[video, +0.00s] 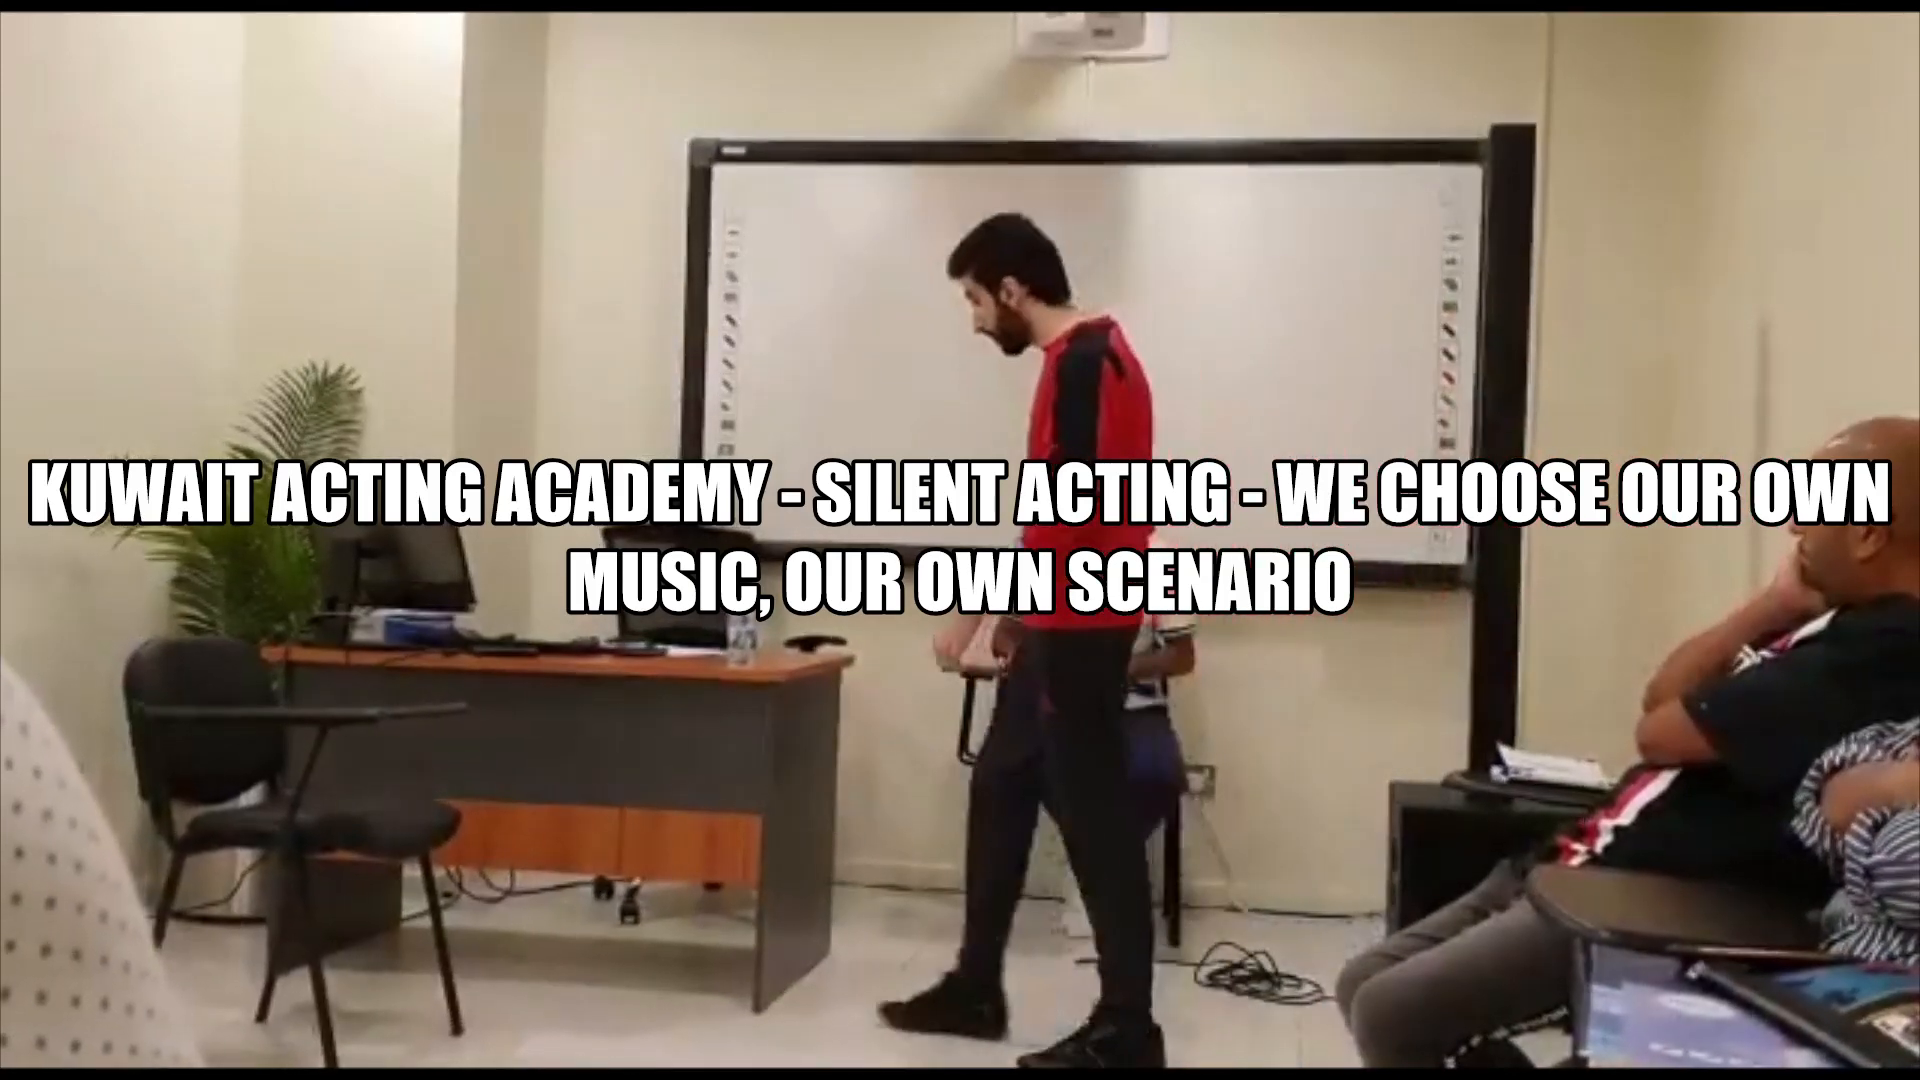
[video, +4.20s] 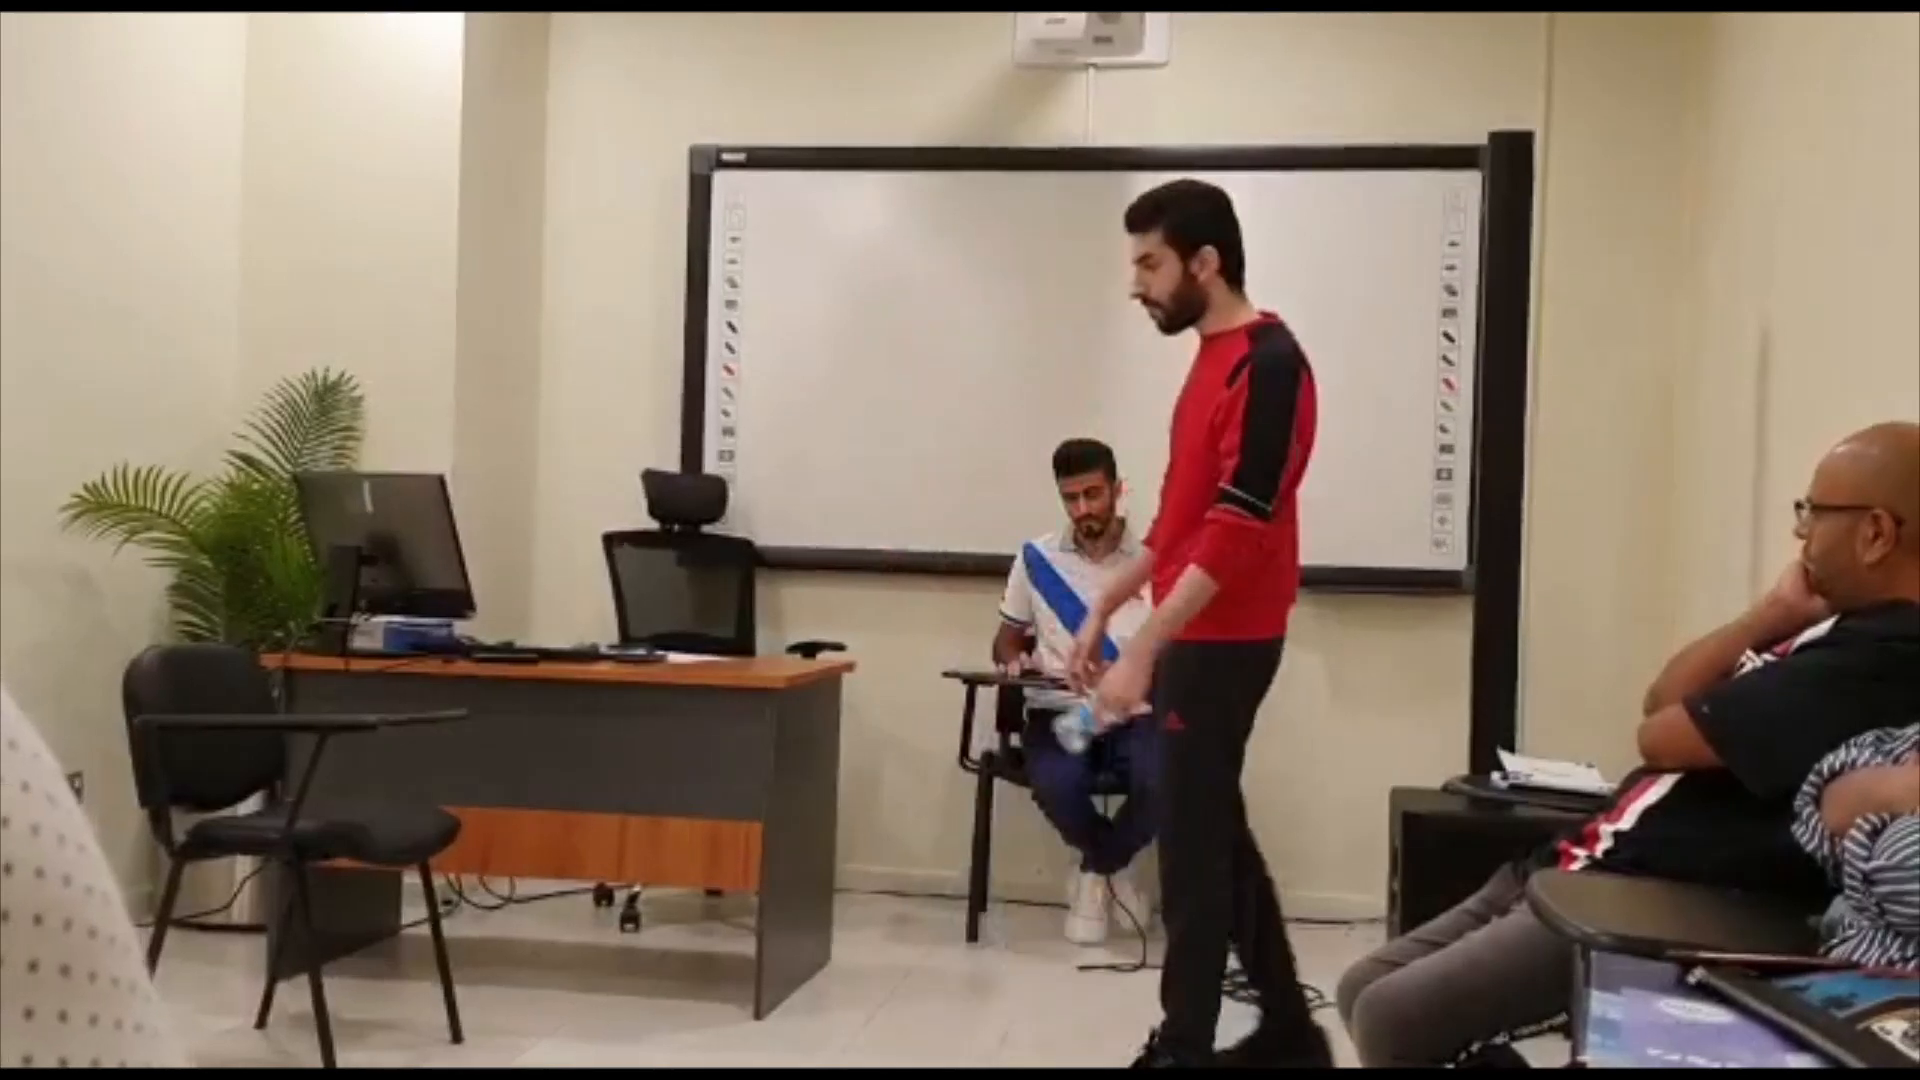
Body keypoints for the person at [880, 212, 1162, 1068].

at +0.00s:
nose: (975, 320)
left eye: (976, 300)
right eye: (970, 303)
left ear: (1014, 286)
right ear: (1026, 286)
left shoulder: (1085, 362)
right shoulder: (1076, 359)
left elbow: (1076, 517)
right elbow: (1052, 516)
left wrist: (1000, 618)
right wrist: (1000, 612)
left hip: (1086, 633)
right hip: (1051, 631)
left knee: (1097, 819)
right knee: (998, 788)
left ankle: (1125, 1024)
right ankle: (974, 985)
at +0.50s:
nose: (858, 350)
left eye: (855, 330)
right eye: (850, 334)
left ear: (890, 308)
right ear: (895, 310)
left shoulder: (992, 353)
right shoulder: (944, 376)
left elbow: (1037, 489)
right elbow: (957, 503)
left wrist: (998, 615)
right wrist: (922, 564)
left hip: (988, 617)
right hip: (950, 615)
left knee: (971, 804)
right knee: (945, 801)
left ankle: (1014, 1014)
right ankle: (943, 986)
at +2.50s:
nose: (957, 340)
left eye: (964, 320)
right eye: (943, 327)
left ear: (1007, 289)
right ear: (937, 318)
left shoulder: (1093, 375)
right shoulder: (980, 375)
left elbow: (1133, 515)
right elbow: (988, 479)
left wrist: (1002, 520)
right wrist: (942, 514)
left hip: (1049, 634)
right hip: (969, 625)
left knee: (1047, 828)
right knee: (946, 802)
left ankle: (1046, 1025)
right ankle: (948, 993)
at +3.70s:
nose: (1003, 311)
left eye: (1016, 291)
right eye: (1000, 293)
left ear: (1074, 286)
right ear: (1058, 293)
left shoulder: (1155, 377)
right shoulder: (1064, 384)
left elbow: (1194, 522)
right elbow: (1058, 498)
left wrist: (1060, 562)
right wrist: (990, 536)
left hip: (1110, 648)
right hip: (1036, 638)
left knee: (1108, 837)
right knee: (993, 809)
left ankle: (1178, 1039)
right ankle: (965, 997)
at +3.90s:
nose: (1056, 290)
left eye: (1068, 270)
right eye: (1054, 272)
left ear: (1127, 268)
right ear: (1117, 273)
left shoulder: (1202, 362)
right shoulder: (1125, 366)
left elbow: (1221, 516)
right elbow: (1106, 496)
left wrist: (1091, 551)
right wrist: (1029, 525)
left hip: (1163, 635)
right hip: (1100, 629)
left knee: (1147, 838)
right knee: (1061, 809)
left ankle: (1180, 1040)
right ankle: (1044, 1006)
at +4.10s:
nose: (1107, 285)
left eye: (1120, 265)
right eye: (1106, 267)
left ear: (1179, 263)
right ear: (1171, 269)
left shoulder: (1246, 358)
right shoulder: (1186, 356)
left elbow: (1229, 524)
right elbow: (1148, 498)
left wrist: (1102, 604)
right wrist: (1056, 574)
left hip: (1201, 627)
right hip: (1161, 621)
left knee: (1176, 831)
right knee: (1149, 826)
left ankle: (1197, 1037)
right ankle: (1185, 1020)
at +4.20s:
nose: (1137, 287)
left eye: (1149, 266)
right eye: (1134, 268)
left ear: (1206, 261)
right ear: (1200, 266)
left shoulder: (1268, 357)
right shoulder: (1212, 359)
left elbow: (1241, 521)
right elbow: (1180, 519)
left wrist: (1143, 647)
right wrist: (1106, 602)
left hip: (1226, 636)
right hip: (1192, 632)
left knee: (1192, 835)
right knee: (1211, 827)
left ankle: (1184, 1040)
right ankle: (1286, 1020)